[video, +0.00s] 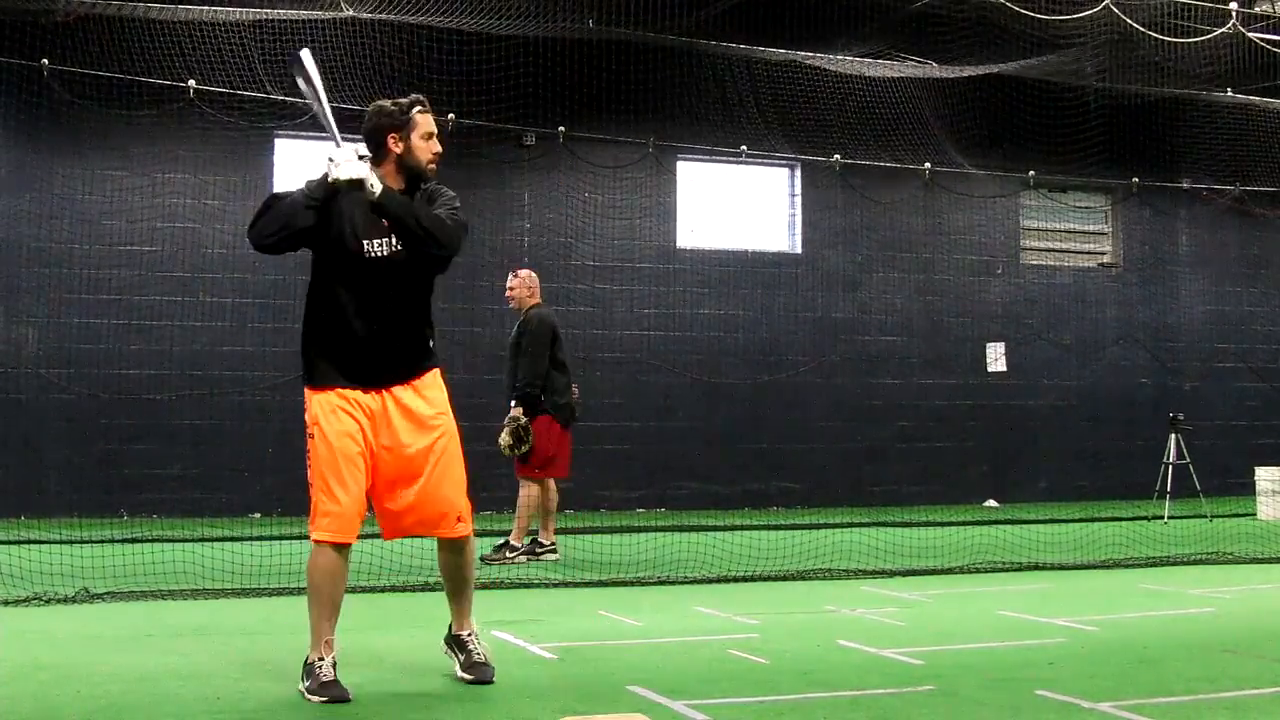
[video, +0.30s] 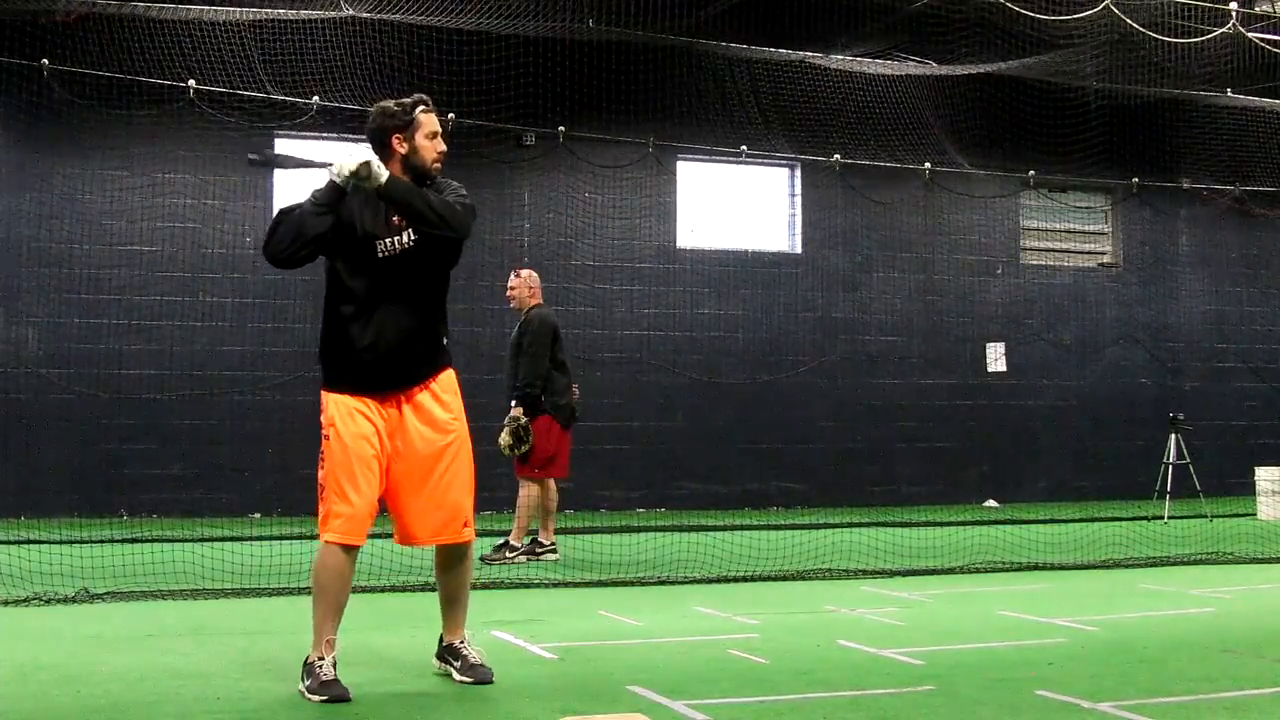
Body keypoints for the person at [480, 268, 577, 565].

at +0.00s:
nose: (507, 294)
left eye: (512, 289)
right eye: (507, 290)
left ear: (530, 290)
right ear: (526, 292)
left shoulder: (537, 319)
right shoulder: (533, 318)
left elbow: (533, 368)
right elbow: (529, 368)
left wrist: (519, 405)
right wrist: (517, 402)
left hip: (541, 409)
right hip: (547, 408)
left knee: (528, 476)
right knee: (544, 476)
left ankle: (515, 542)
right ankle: (546, 541)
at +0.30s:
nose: (508, 294)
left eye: (513, 289)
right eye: (508, 289)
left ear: (531, 290)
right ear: (528, 291)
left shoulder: (538, 319)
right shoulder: (534, 318)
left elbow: (533, 368)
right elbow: (534, 367)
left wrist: (519, 404)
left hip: (541, 409)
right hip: (549, 408)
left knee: (528, 476)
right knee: (545, 477)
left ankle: (515, 542)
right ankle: (546, 541)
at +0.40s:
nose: (509, 293)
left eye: (514, 288)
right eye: (509, 289)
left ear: (531, 290)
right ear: (529, 292)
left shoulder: (538, 319)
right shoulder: (536, 318)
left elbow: (533, 367)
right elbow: (538, 366)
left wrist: (519, 404)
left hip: (540, 409)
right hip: (550, 408)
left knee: (528, 476)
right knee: (545, 477)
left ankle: (515, 542)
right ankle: (546, 541)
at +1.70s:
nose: (512, 293)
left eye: (517, 288)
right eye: (512, 288)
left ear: (535, 290)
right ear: (532, 291)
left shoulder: (543, 320)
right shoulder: (539, 319)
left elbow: (537, 368)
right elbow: (551, 363)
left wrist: (524, 405)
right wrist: (568, 385)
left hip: (544, 410)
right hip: (553, 409)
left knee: (529, 476)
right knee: (546, 477)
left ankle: (514, 542)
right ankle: (546, 542)